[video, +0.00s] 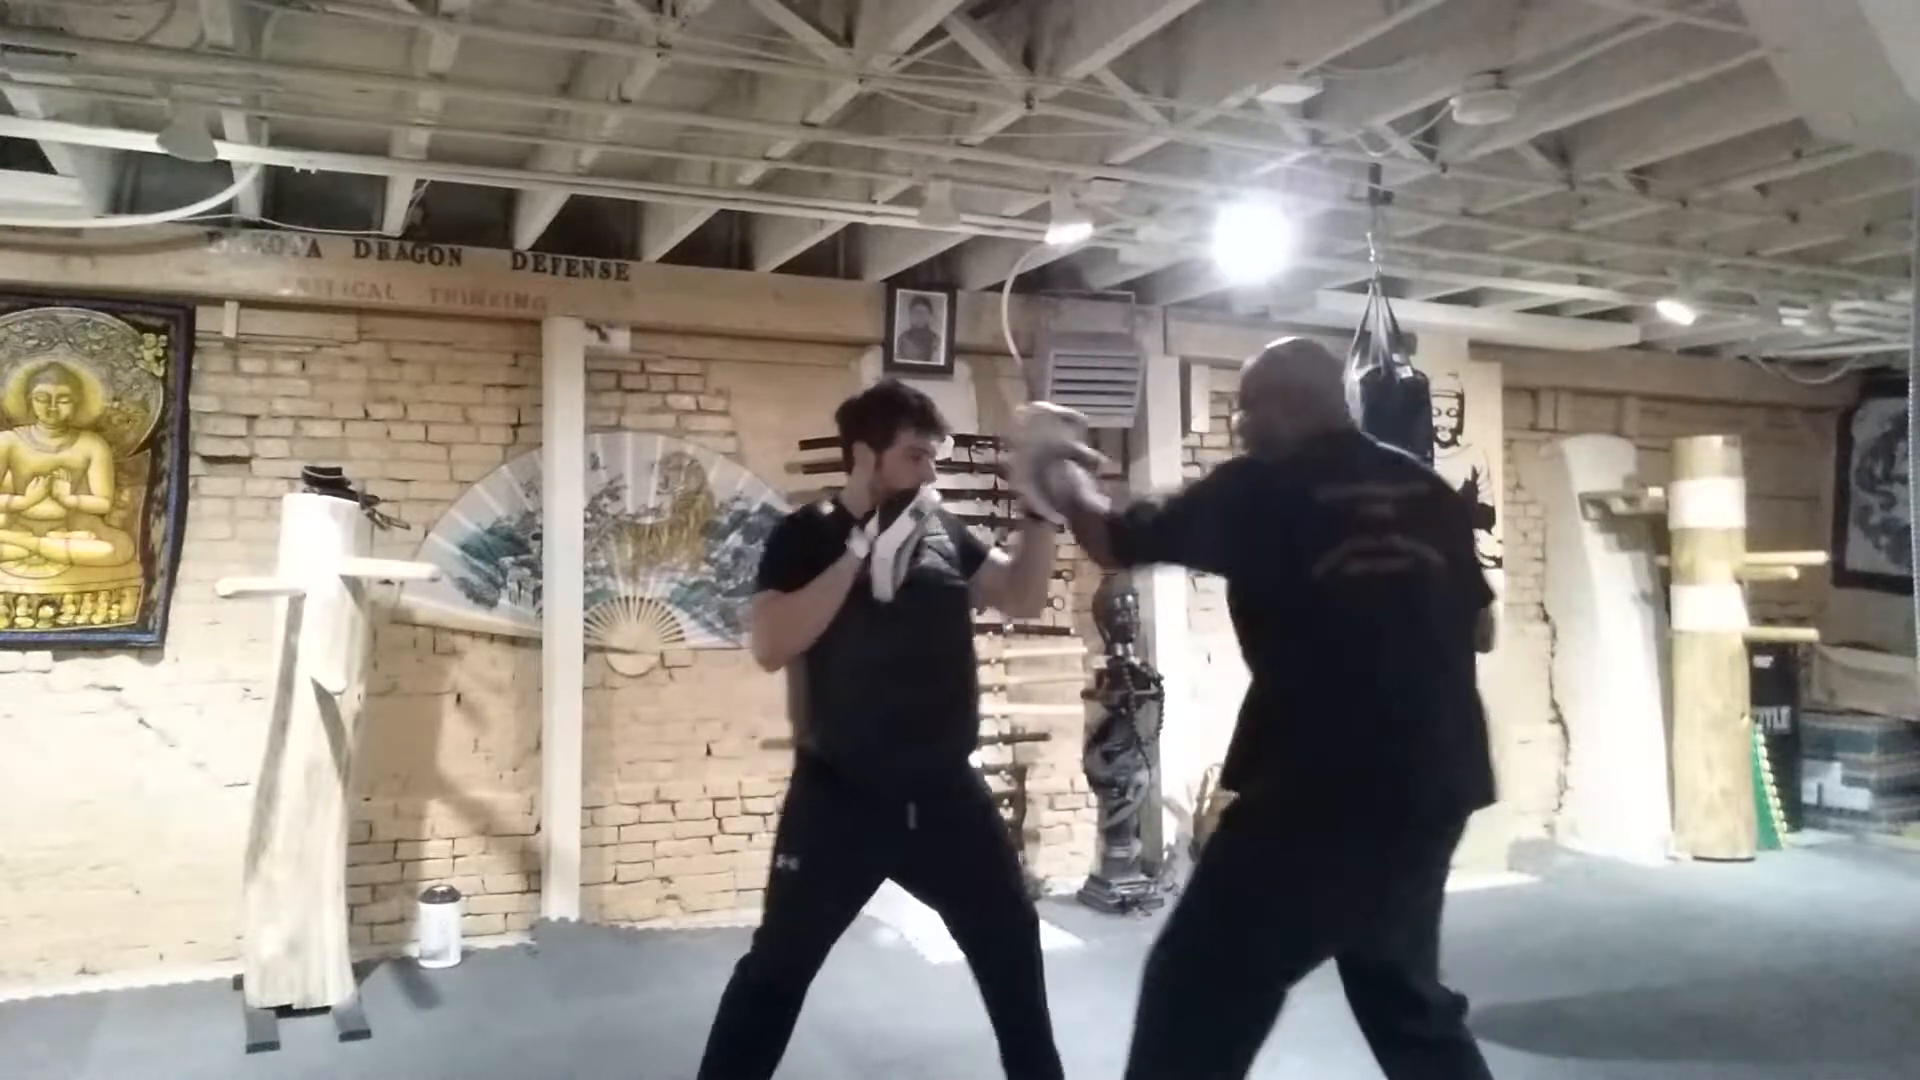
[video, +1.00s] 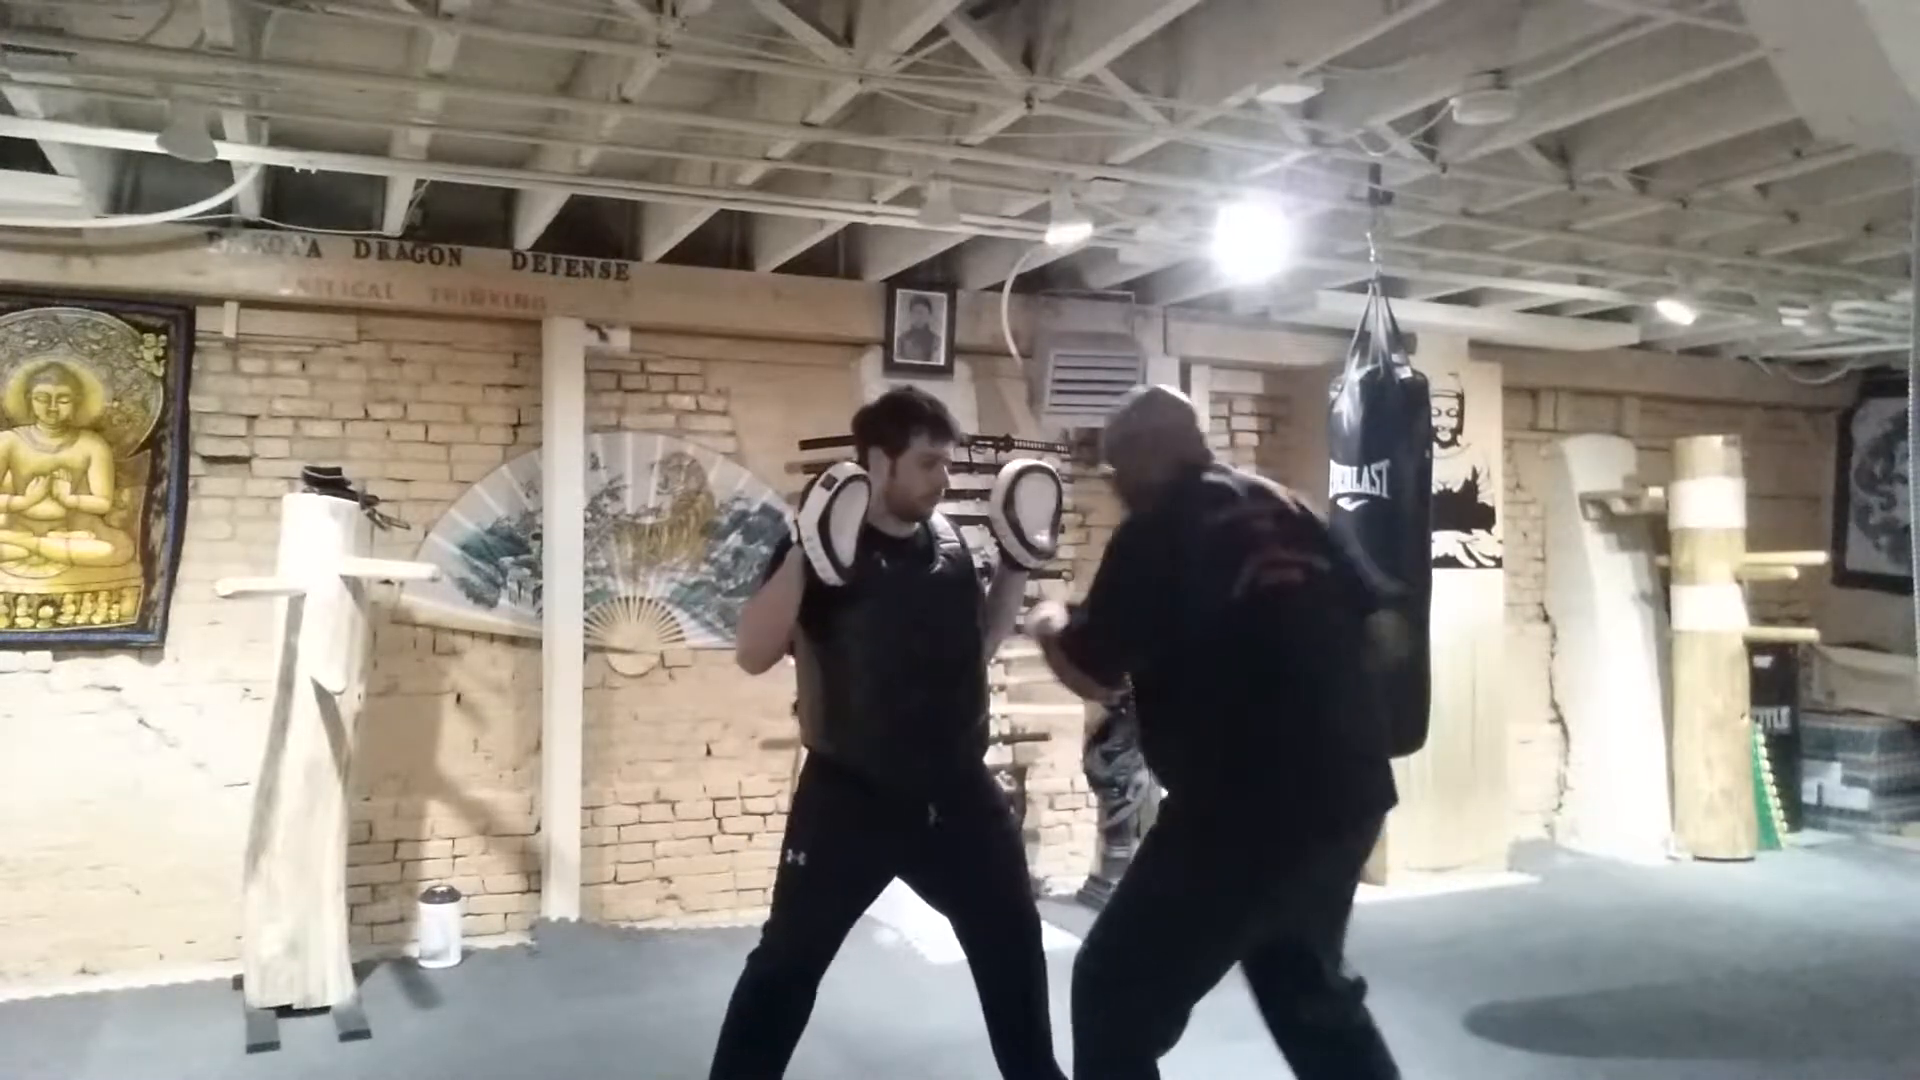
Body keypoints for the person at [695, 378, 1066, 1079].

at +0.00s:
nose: (929, 468)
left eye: (932, 455)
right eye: (915, 454)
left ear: (930, 456)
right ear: (864, 451)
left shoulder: (943, 534)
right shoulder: (805, 535)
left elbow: (1023, 596)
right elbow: (772, 644)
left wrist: (1038, 492)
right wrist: (857, 552)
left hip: (944, 794)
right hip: (838, 798)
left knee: (1012, 951)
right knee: (777, 970)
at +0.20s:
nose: (974, 465)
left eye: (978, 453)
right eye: (961, 448)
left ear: (974, 458)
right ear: (910, 448)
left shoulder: (967, 541)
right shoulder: (864, 525)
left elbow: (990, 638)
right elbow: (857, 619)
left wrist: (1052, 565)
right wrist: (950, 517)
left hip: (973, 795)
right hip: (875, 795)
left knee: (1029, 957)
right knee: (803, 973)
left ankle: (1035, 1079)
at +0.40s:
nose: (966, 477)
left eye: (972, 463)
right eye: (955, 459)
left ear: (975, 468)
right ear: (901, 453)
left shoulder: (959, 543)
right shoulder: (854, 525)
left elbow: (1021, 596)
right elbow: (858, 601)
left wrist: (1030, 528)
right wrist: (957, 511)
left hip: (960, 796)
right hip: (865, 797)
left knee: (1025, 950)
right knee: (805, 973)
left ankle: (1036, 1079)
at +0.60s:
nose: (934, 472)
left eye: (941, 459)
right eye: (919, 455)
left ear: (947, 464)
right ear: (871, 453)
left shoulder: (949, 544)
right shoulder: (818, 535)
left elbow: (954, 649)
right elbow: (792, 635)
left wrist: (996, 580)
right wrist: (862, 525)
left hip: (947, 795)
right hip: (843, 800)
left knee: (1020, 947)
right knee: (788, 972)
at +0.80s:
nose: (934, 470)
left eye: (938, 454)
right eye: (918, 454)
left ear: (939, 456)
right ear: (863, 457)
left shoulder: (948, 539)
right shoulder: (809, 545)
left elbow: (1004, 641)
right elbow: (764, 650)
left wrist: (1017, 555)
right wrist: (815, 539)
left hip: (960, 796)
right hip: (853, 800)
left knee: (1020, 959)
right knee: (794, 970)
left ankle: (1036, 1079)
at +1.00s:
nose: (944, 480)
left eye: (948, 464)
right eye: (931, 463)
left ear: (945, 463)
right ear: (877, 462)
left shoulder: (952, 539)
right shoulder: (815, 545)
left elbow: (977, 645)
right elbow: (753, 652)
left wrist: (1016, 562)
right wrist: (808, 551)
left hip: (954, 794)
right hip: (848, 797)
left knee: (1013, 946)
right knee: (786, 966)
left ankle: (1035, 1077)